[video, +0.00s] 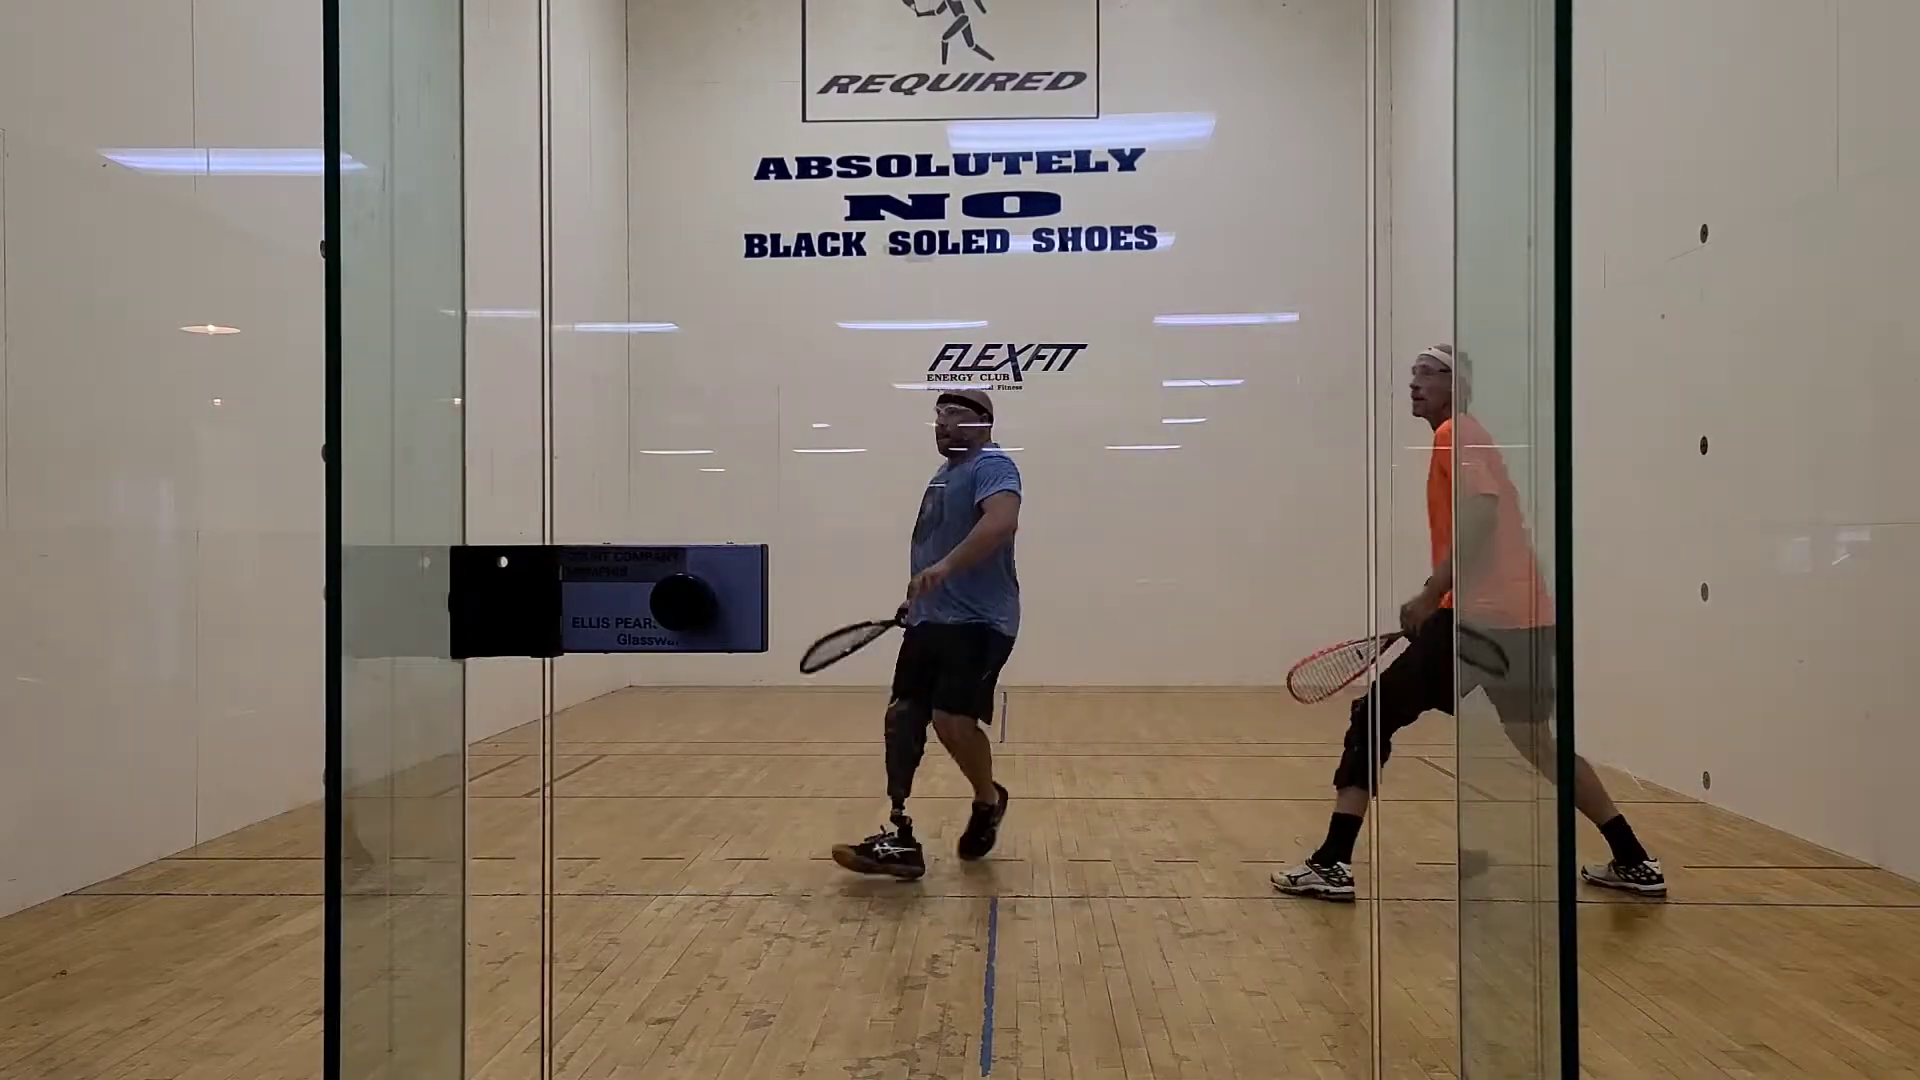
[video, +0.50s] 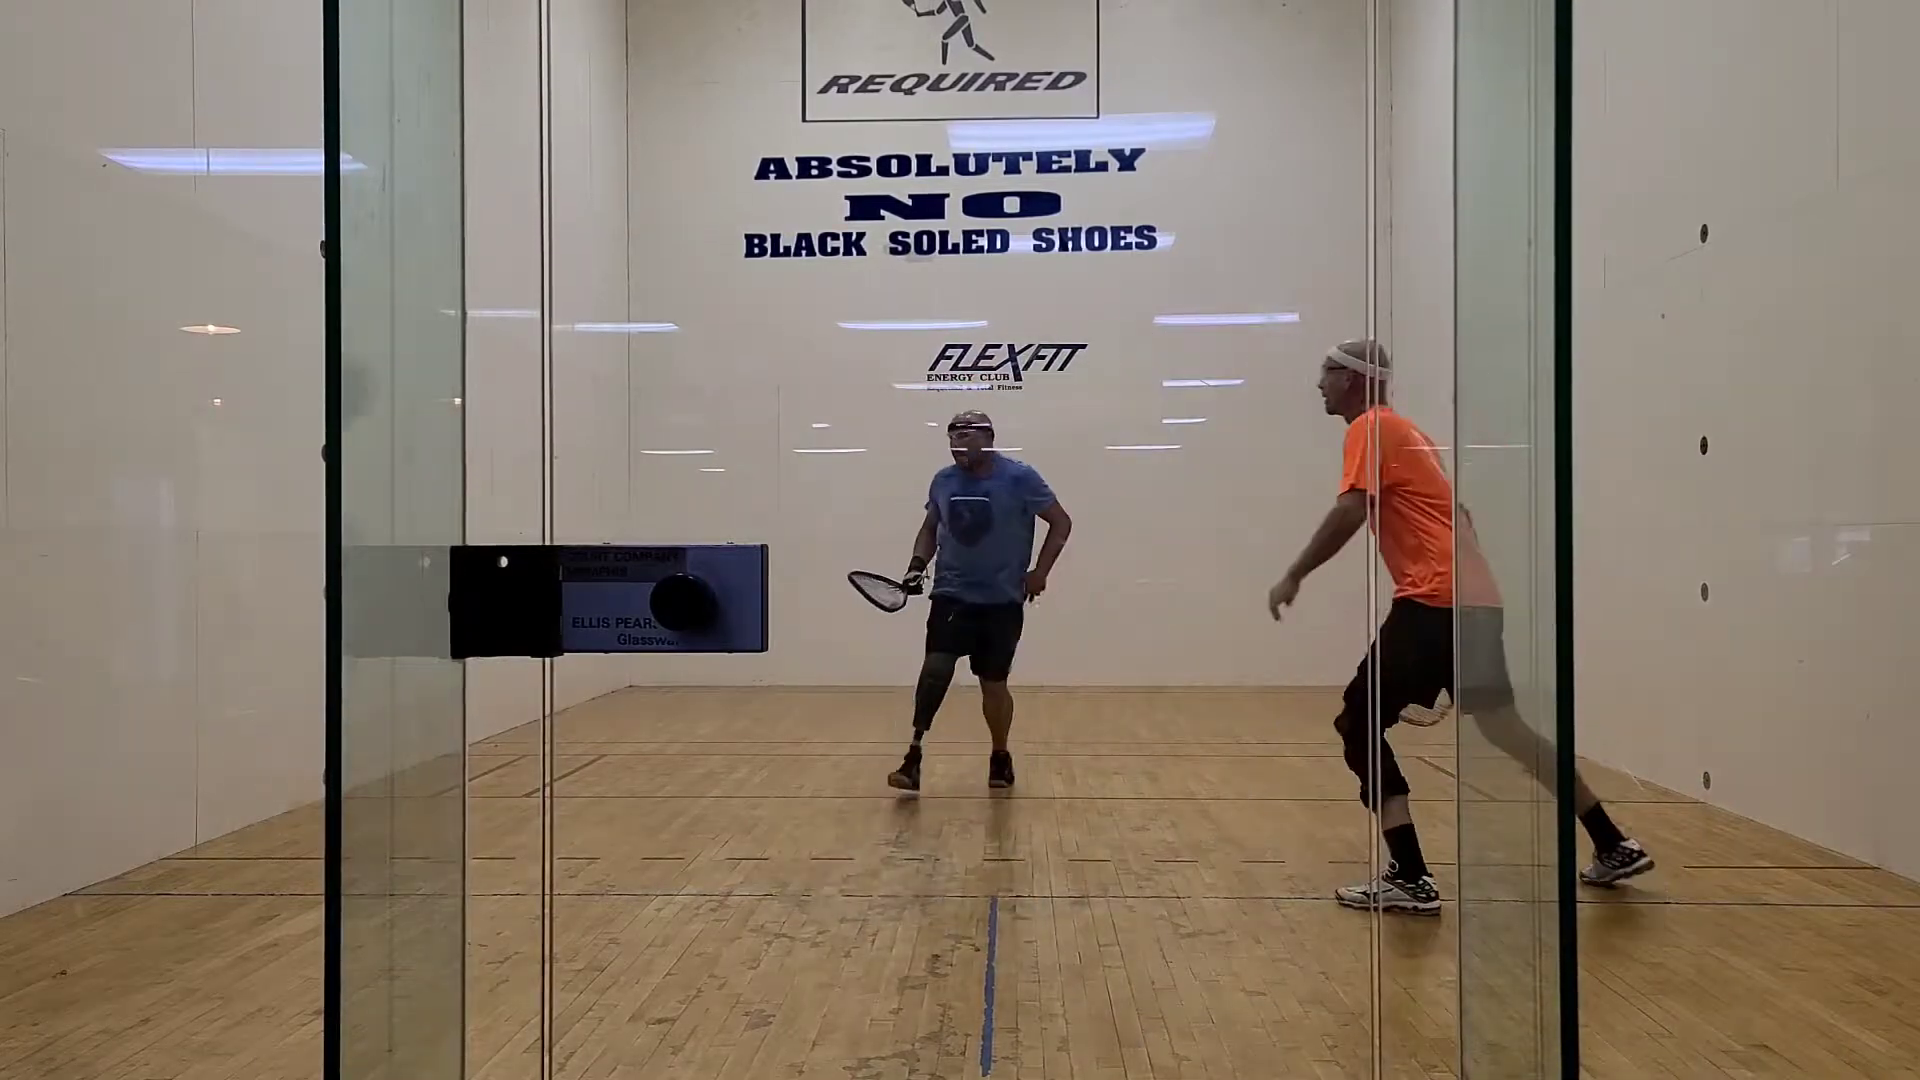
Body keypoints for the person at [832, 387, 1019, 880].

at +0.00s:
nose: (945, 422)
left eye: (958, 415)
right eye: (941, 415)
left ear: (983, 426)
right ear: (936, 424)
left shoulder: (992, 465)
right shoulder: (941, 479)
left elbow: (1001, 522)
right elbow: (935, 549)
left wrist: (944, 567)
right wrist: (914, 598)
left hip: (980, 619)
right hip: (932, 619)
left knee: (952, 719)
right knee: (902, 717)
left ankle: (988, 799)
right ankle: (899, 830)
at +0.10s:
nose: (948, 428)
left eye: (960, 421)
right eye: (942, 420)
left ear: (982, 432)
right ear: (934, 429)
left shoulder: (997, 473)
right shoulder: (933, 482)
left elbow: (1028, 514)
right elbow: (926, 548)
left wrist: (991, 540)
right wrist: (896, 594)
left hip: (982, 621)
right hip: (929, 616)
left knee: (958, 713)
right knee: (887, 696)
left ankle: (979, 820)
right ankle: (915, 803)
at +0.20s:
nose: (940, 428)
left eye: (950, 420)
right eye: (933, 421)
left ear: (971, 426)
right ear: (926, 429)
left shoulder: (1001, 466)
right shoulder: (917, 478)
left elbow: (1063, 502)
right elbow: (906, 537)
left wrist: (1050, 542)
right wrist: (883, 586)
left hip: (987, 608)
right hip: (927, 609)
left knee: (988, 702)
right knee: (893, 704)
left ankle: (988, 813)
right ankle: (912, 752)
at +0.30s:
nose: (935, 436)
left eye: (945, 428)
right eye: (931, 429)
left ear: (968, 437)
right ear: (926, 438)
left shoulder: (1000, 481)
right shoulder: (914, 488)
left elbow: (1060, 517)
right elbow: (897, 544)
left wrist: (1068, 573)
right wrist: (881, 589)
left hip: (985, 606)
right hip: (929, 610)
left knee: (995, 682)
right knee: (914, 695)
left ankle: (1011, 785)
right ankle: (902, 772)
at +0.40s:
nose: (951, 438)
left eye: (959, 431)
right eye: (944, 431)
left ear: (978, 436)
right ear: (935, 438)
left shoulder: (1005, 478)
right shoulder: (929, 482)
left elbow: (1053, 521)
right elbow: (916, 537)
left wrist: (1051, 577)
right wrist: (899, 576)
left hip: (992, 610)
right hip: (937, 609)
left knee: (1001, 700)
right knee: (917, 688)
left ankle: (1008, 747)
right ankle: (901, 771)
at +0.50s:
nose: (959, 450)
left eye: (966, 442)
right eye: (954, 444)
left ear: (988, 440)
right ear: (950, 445)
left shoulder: (1020, 477)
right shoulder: (945, 480)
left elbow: (1061, 522)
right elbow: (930, 528)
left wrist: (1041, 571)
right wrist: (917, 566)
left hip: (1001, 600)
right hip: (951, 597)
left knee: (993, 684)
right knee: (934, 673)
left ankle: (1000, 755)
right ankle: (913, 757)